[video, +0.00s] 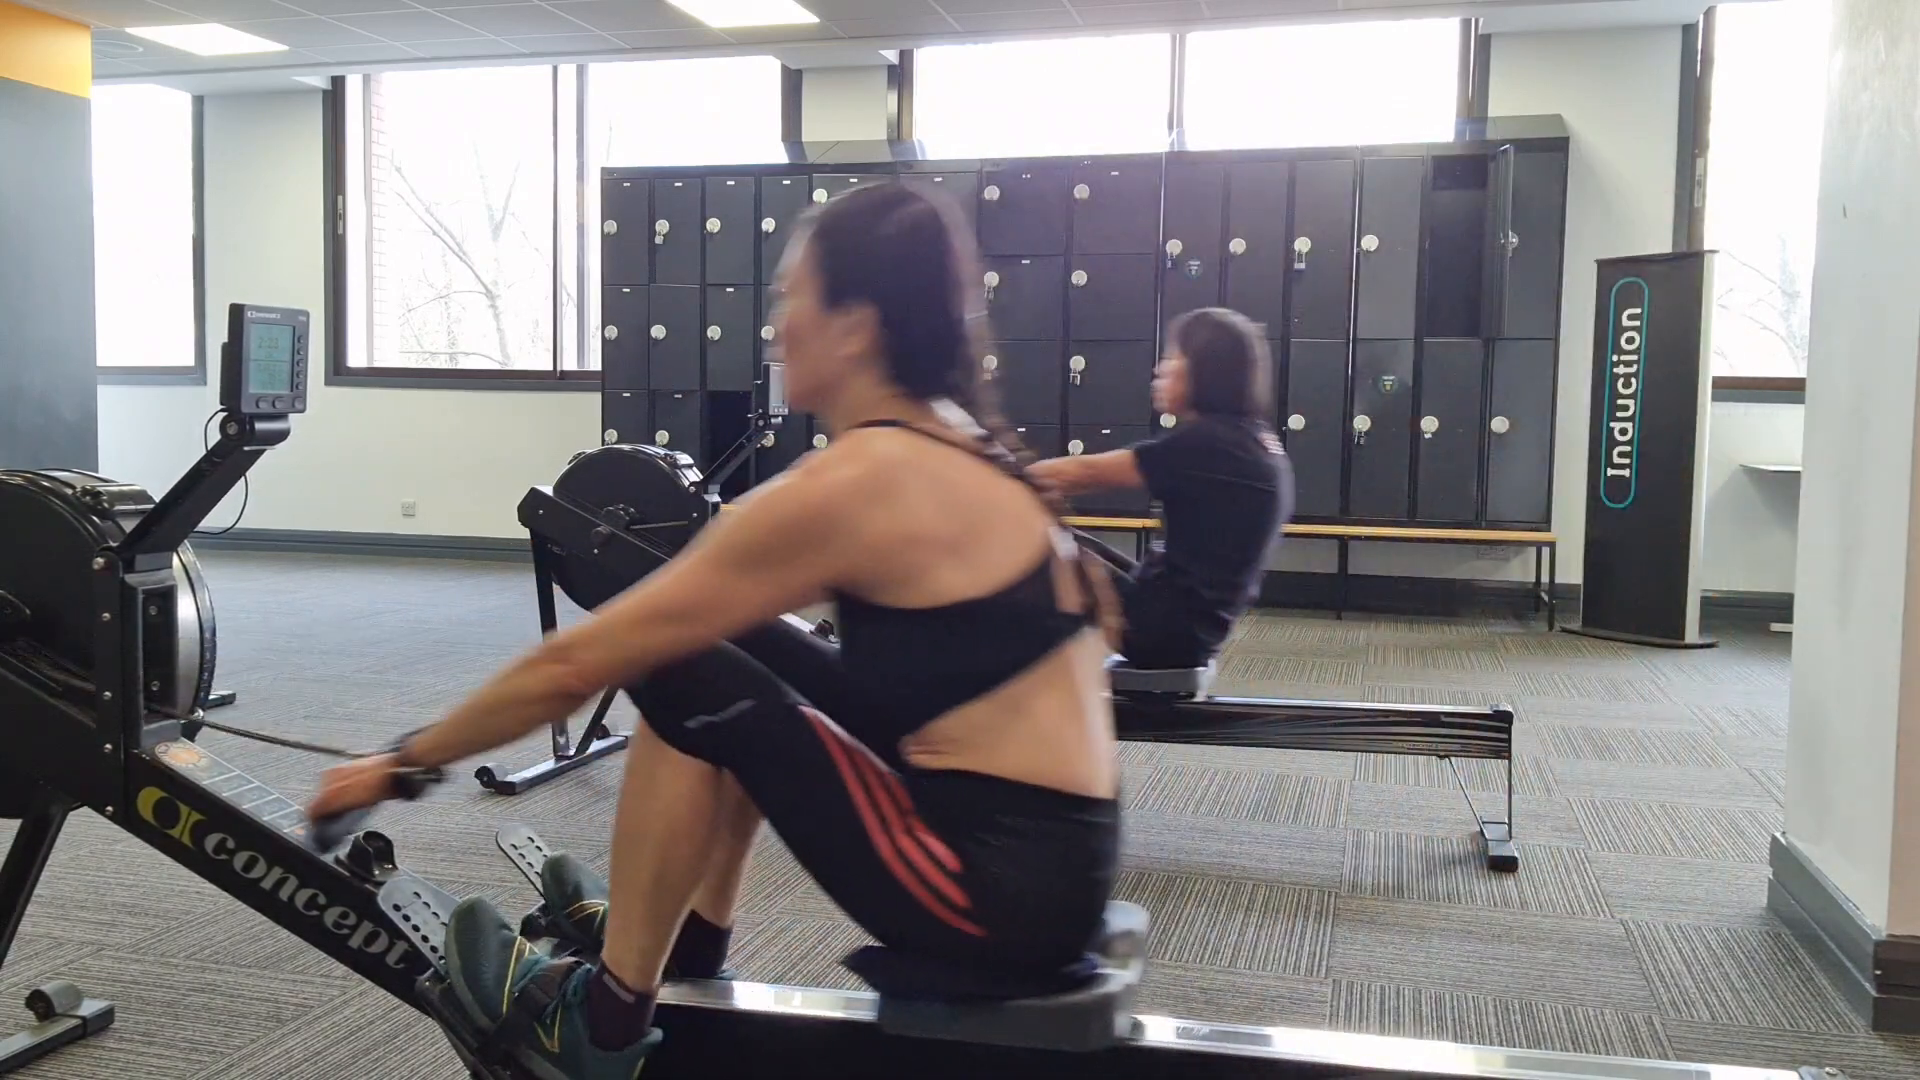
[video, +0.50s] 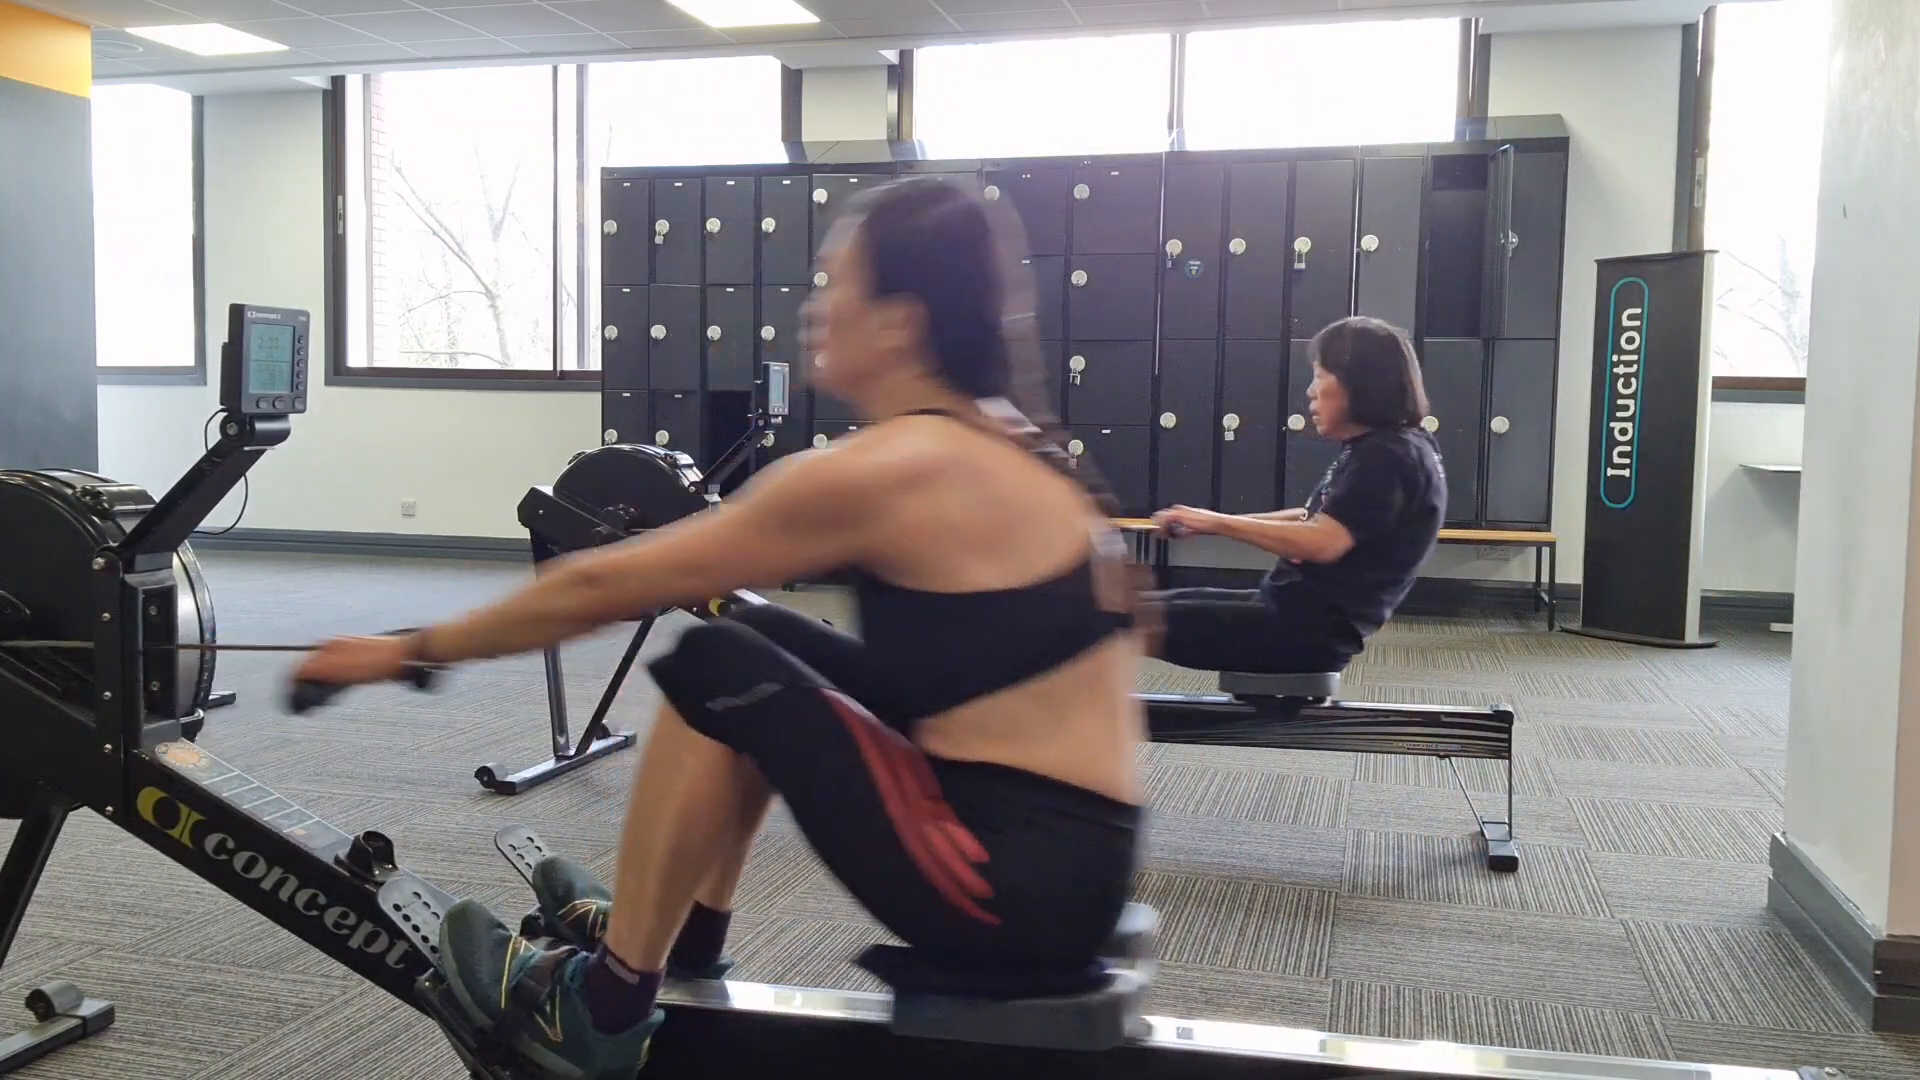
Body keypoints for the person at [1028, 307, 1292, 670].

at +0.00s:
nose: (1156, 370)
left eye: (1170, 358)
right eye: (1164, 358)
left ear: (1202, 370)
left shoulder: (1205, 444)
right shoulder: (1259, 443)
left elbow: (1082, 473)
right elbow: (1102, 476)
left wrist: (1003, 481)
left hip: (1164, 636)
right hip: (1199, 631)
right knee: (1058, 540)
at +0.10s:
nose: (1203, 374)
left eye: (1216, 362)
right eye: (1210, 361)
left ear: (1250, 375)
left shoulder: (1250, 446)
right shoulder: (1296, 444)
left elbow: (1134, 480)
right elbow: (1140, 482)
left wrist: (1025, 487)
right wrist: (1051, 497)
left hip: (1195, 638)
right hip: (1224, 632)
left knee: (1047, 546)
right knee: (1057, 539)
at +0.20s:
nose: (1245, 376)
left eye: (1257, 365)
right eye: (1250, 364)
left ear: (1293, 380)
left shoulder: (1297, 449)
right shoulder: (1327, 446)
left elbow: (1179, 492)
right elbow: (1184, 490)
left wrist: (1071, 497)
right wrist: (1075, 499)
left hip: (1231, 635)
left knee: (1065, 567)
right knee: (1078, 557)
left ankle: (992, 677)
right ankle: (998, 674)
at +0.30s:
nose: (1276, 381)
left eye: (1290, 369)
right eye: (1283, 367)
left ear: (1327, 382)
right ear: (1335, 386)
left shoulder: (1337, 453)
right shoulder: (1360, 447)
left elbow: (1224, 508)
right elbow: (1227, 504)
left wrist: (1118, 503)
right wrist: (1124, 504)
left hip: (1262, 635)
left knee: (1089, 586)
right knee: (1102, 577)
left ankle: (994, 682)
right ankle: (999, 676)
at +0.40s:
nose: (1299, 388)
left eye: (1312, 375)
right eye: (1304, 374)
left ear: (1350, 386)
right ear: (1347, 390)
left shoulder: (1370, 458)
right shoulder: (1375, 449)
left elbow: (1276, 521)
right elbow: (1274, 515)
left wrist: (1169, 513)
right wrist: (1171, 513)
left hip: (1284, 635)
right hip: (1281, 615)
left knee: (1109, 602)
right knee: (1114, 590)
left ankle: (1006, 685)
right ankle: (1021, 686)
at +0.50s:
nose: (1310, 392)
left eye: (1320, 376)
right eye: (1314, 377)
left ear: (1359, 383)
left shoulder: (1388, 456)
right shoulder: (1370, 448)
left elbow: (1323, 543)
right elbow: (1306, 520)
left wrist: (1215, 523)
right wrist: (1210, 523)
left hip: (1303, 636)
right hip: (1284, 614)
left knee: (1125, 621)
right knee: (1131, 601)